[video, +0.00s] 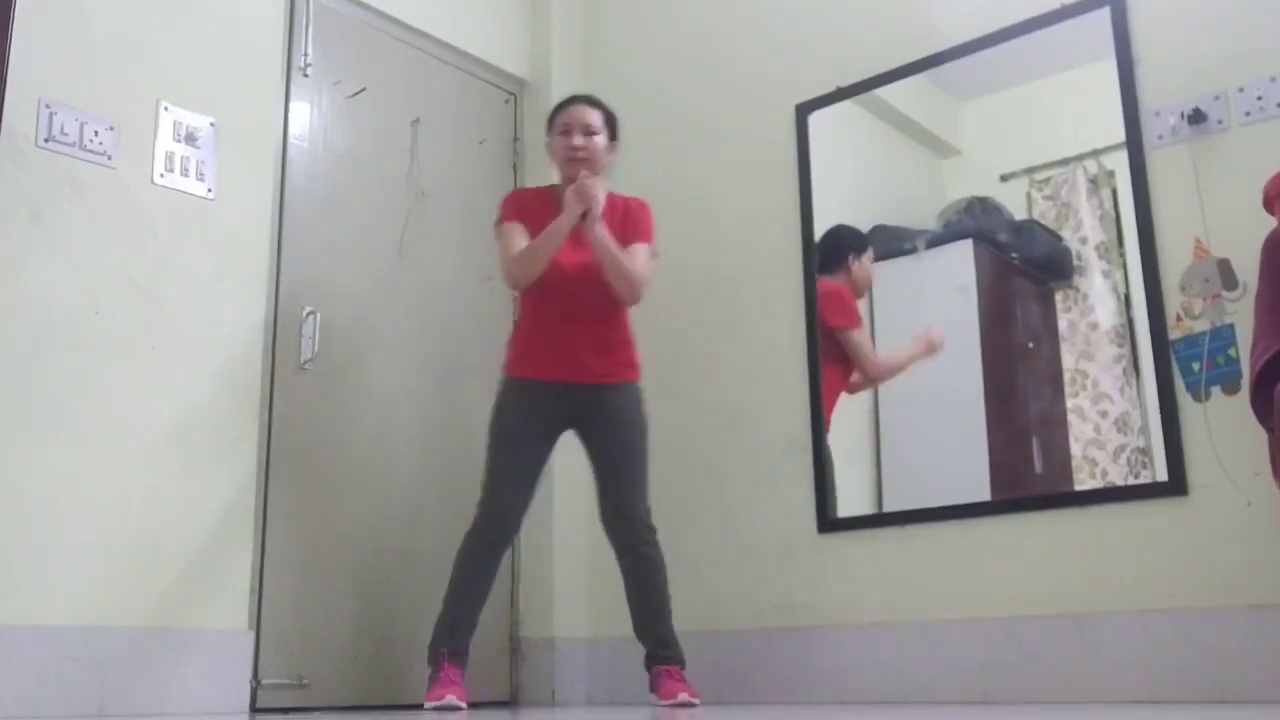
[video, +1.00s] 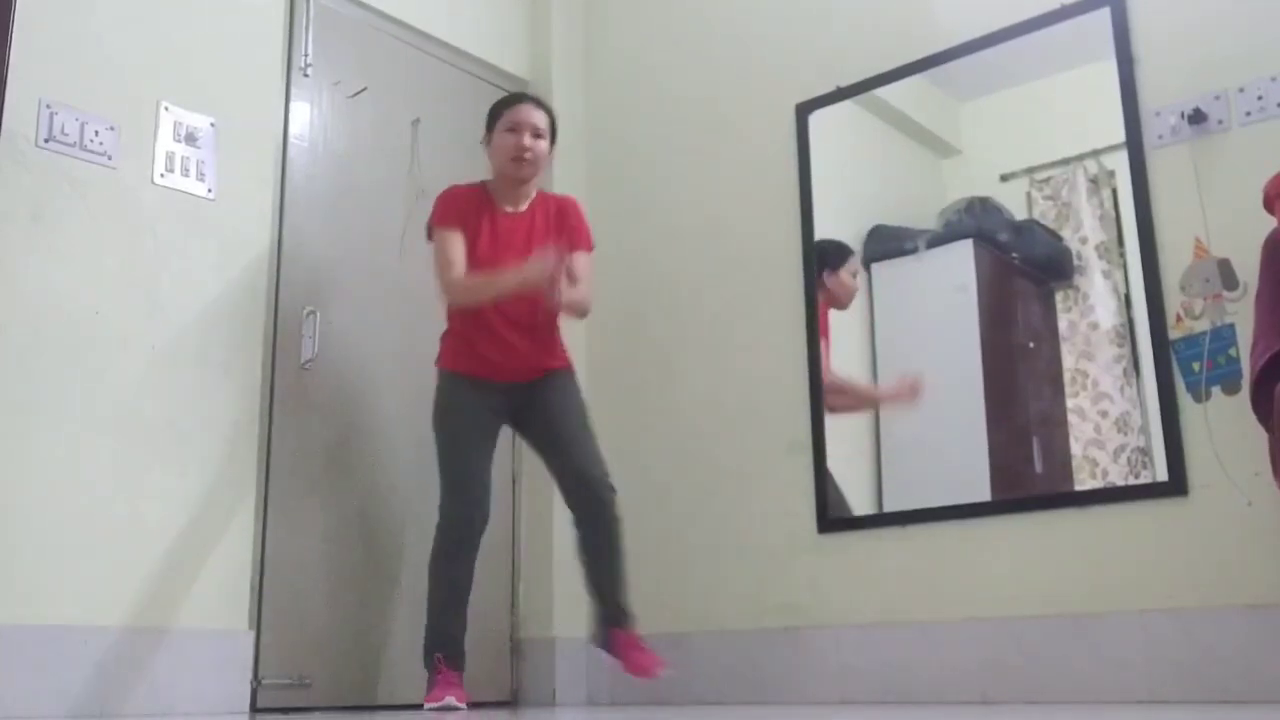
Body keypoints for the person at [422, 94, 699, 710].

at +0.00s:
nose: (578, 142)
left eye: (590, 133)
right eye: (567, 133)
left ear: (612, 147)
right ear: (549, 145)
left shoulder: (631, 212)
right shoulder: (523, 204)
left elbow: (632, 289)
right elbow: (517, 273)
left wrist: (594, 227)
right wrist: (571, 214)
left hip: (610, 388)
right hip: (533, 385)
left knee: (631, 523)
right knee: (495, 521)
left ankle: (666, 666)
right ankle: (447, 663)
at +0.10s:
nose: (545, 149)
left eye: (558, 140)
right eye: (536, 139)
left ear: (584, 153)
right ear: (522, 151)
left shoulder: (604, 222)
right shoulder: (496, 209)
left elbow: (601, 310)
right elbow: (492, 290)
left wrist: (573, 276)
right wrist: (550, 262)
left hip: (578, 392)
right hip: (500, 389)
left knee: (612, 527)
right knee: (479, 523)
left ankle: (661, 666)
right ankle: (447, 671)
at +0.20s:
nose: (517, 162)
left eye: (530, 151)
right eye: (508, 152)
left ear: (559, 158)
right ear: (498, 160)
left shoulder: (583, 230)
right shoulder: (475, 213)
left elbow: (581, 309)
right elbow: (468, 294)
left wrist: (559, 369)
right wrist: (485, 363)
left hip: (549, 388)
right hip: (475, 384)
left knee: (581, 516)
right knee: (462, 519)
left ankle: (641, 654)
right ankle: (444, 669)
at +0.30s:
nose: (491, 170)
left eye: (504, 158)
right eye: (484, 159)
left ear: (540, 160)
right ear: (478, 163)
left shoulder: (568, 235)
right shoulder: (462, 215)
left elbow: (564, 330)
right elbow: (441, 307)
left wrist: (572, 418)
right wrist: (419, 399)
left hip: (529, 389)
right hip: (456, 387)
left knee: (538, 498)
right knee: (454, 515)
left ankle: (591, 634)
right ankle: (443, 669)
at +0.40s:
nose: (479, 167)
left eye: (493, 154)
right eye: (472, 156)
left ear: (529, 157)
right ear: (468, 160)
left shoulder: (559, 232)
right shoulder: (450, 216)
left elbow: (571, 328)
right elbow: (392, 301)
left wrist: (583, 414)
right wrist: (374, 390)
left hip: (524, 382)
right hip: (448, 380)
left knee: (512, 486)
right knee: (450, 511)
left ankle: (523, 629)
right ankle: (442, 669)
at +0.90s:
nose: (509, 156)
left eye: (522, 148)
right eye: (497, 145)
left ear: (537, 162)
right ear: (476, 156)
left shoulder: (552, 231)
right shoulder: (445, 220)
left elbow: (568, 313)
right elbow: (415, 307)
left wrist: (568, 351)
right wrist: (451, 347)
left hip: (527, 389)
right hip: (453, 392)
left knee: (563, 484)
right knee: (454, 517)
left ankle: (555, 596)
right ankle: (442, 670)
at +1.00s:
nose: (526, 142)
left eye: (538, 134)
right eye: (514, 130)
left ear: (551, 150)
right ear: (489, 142)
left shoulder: (565, 213)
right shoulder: (458, 203)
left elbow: (581, 301)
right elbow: (455, 291)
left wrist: (562, 286)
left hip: (544, 377)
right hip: (470, 379)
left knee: (595, 496)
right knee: (464, 516)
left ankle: (616, 626)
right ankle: (445, 671)